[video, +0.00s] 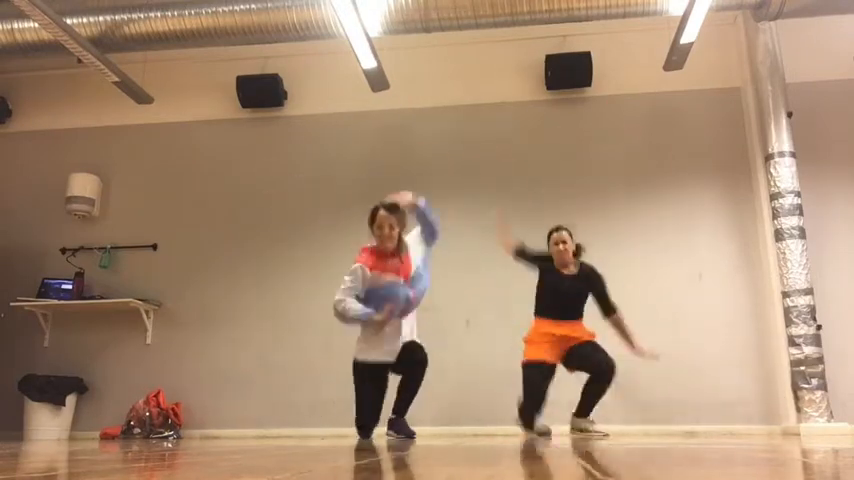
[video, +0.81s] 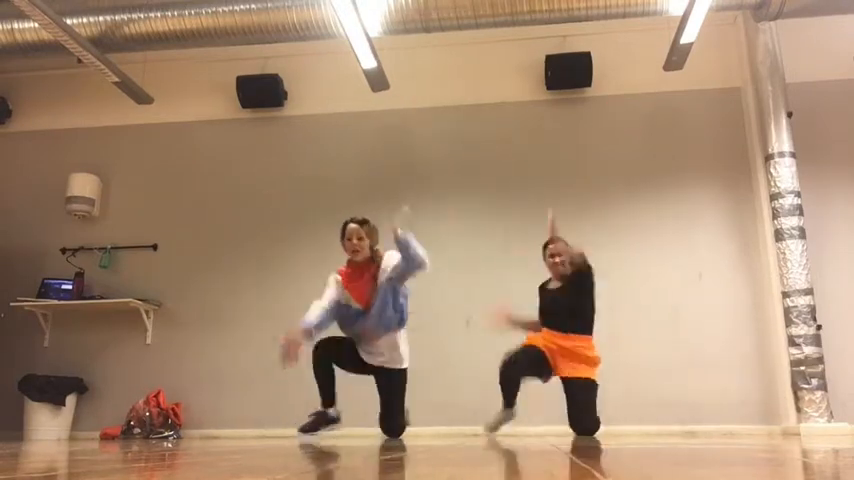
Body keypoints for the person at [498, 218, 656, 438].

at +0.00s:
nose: (560, 247)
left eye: (564, 242)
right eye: (555, 243)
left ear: (574, 247)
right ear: (550, 249)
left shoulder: (588, 274)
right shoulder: (544, 264)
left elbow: (610, 312)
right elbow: (519, 252)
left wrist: (633, 345)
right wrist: (505, 233)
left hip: (573, 339)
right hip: (543, 338)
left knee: (605, 368)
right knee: (533, 397)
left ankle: (580, 419)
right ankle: (527, 420)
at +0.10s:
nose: (554, 262)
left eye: (558, 258)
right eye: (549, 258)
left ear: (567, 262)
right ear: (542, 264)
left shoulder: (580, 292)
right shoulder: (534, 288)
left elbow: (603, 329)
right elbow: (514, 299)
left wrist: (629, 363)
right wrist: (500, 301)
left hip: (574, 359)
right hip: (543, 362)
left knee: (619, 371)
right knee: (543, 427)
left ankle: (581, 416)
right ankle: (525, 425)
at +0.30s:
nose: (548, 273)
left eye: (552, 269)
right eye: (543, 269)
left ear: (558, 272)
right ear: (534, 273)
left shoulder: (566, 287)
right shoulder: (525, 299)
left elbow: (586, 261)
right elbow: (534, 329)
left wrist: (578, 226)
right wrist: (542, 347)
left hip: (574, 357)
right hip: (546, 365)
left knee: (619, 377)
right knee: (539, 430)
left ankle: (608, 410)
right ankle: (530, 421)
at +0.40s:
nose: (551, 268)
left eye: (555, 264)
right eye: (546, 263)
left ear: (560, 266)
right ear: (537, 268)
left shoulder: (566, 282)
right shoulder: (529, 289)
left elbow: (580, 252)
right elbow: (547, 301)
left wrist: (566, 224)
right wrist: (550, 288)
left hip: (574, 356)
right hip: (541, 361)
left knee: (593, 415)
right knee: (535, 429)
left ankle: (619, 405)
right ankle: (530, 424)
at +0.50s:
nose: (555, 263)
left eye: (559, 258)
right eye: (550, 259)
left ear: (566, 262)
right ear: (542, 263)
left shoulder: (573, 288)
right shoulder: (537, 285)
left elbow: (589, 297)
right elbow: (533, 260)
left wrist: (599, 285)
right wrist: (540, 228)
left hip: (575, 361)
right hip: (542, 363)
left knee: (579, 427)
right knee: (532, 430)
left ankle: (605, 418)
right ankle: (520, 420)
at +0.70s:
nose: (566, 260)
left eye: (570, 255)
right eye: (560, 257)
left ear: (578, 259)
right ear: (553, 263)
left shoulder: (594, 287)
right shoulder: (547, 283)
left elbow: (600, 320)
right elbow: (515, 298)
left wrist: (584, 325)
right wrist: (514, 272)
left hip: (580, 359)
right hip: (546, 354)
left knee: (586, 429)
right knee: (530, 409)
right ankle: (498, 413)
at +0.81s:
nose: (557, 260)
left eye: (561, 255)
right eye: (551, 256)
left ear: (570, 257)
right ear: (545, 261)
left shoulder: (582, 281)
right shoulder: (545, 288)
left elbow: (577, 259)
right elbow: (543, 326)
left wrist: (557, 239)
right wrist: (513, 321)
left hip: (578, 355)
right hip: (548, 349)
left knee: (584, 429)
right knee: (511, 365)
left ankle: (590, 422)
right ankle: (508, 409)